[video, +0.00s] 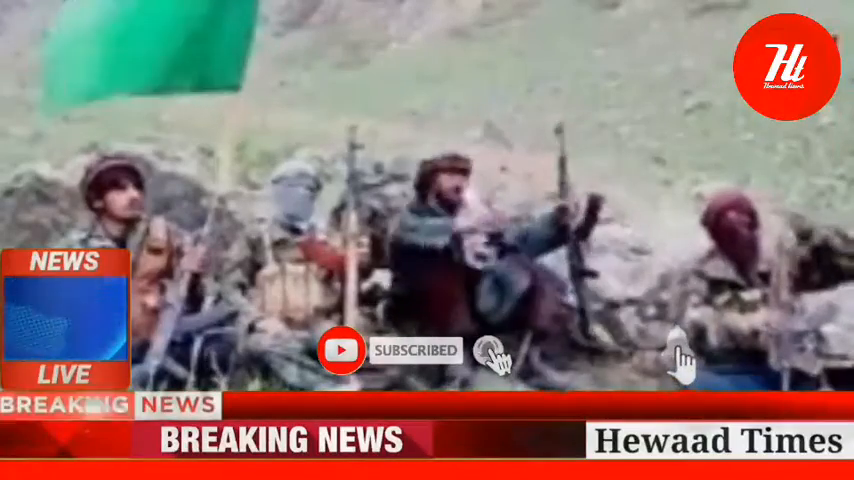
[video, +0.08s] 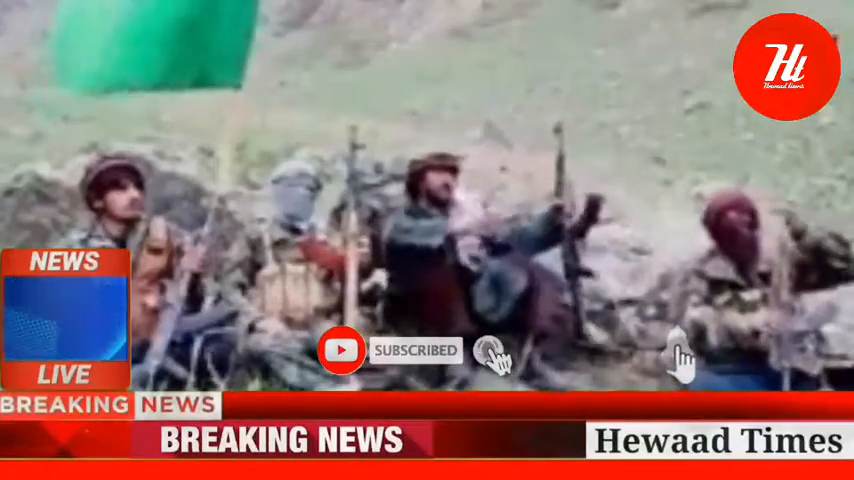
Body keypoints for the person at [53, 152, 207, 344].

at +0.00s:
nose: (134, 195)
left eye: (137, 187)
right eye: (120, 188)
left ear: (144, 194)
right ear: (97, 201)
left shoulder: (160, 241)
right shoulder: (73, 251)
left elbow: (190, 308)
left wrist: (193, 277)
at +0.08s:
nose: (135, 195)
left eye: (138, 187)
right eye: (120, 187)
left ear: (144, 194)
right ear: (97, 201)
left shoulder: (161, 241)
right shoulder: (73, 251)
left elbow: (190, 308)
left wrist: (193, 277)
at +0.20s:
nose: (135, 195)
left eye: (138, 187)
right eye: (121, 187)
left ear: (144, 194)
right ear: (97, 201)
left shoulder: (159, 242)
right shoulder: (73, 252)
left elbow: (190, 308)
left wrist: (193, 277)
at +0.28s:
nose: (135, 195)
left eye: (138, 187)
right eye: (121, 187)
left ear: (144, 194)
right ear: (97, 201)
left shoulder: (159, 243)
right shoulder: (73, 252)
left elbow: (189, 308)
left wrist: (193, 277)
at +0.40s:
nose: (135, 195)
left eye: (138, 187)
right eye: (121, 187)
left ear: (144, 194)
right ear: (97, 201)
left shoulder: (159, 242)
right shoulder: (73, 252)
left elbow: (189, 309)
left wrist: (193, 277)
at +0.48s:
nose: (135, 195)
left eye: (138, 187)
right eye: (121, 187)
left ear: (144, 194)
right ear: (97, 201)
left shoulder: (161, 241)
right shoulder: (73, 251)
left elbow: (189, 307)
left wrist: (193, 277)